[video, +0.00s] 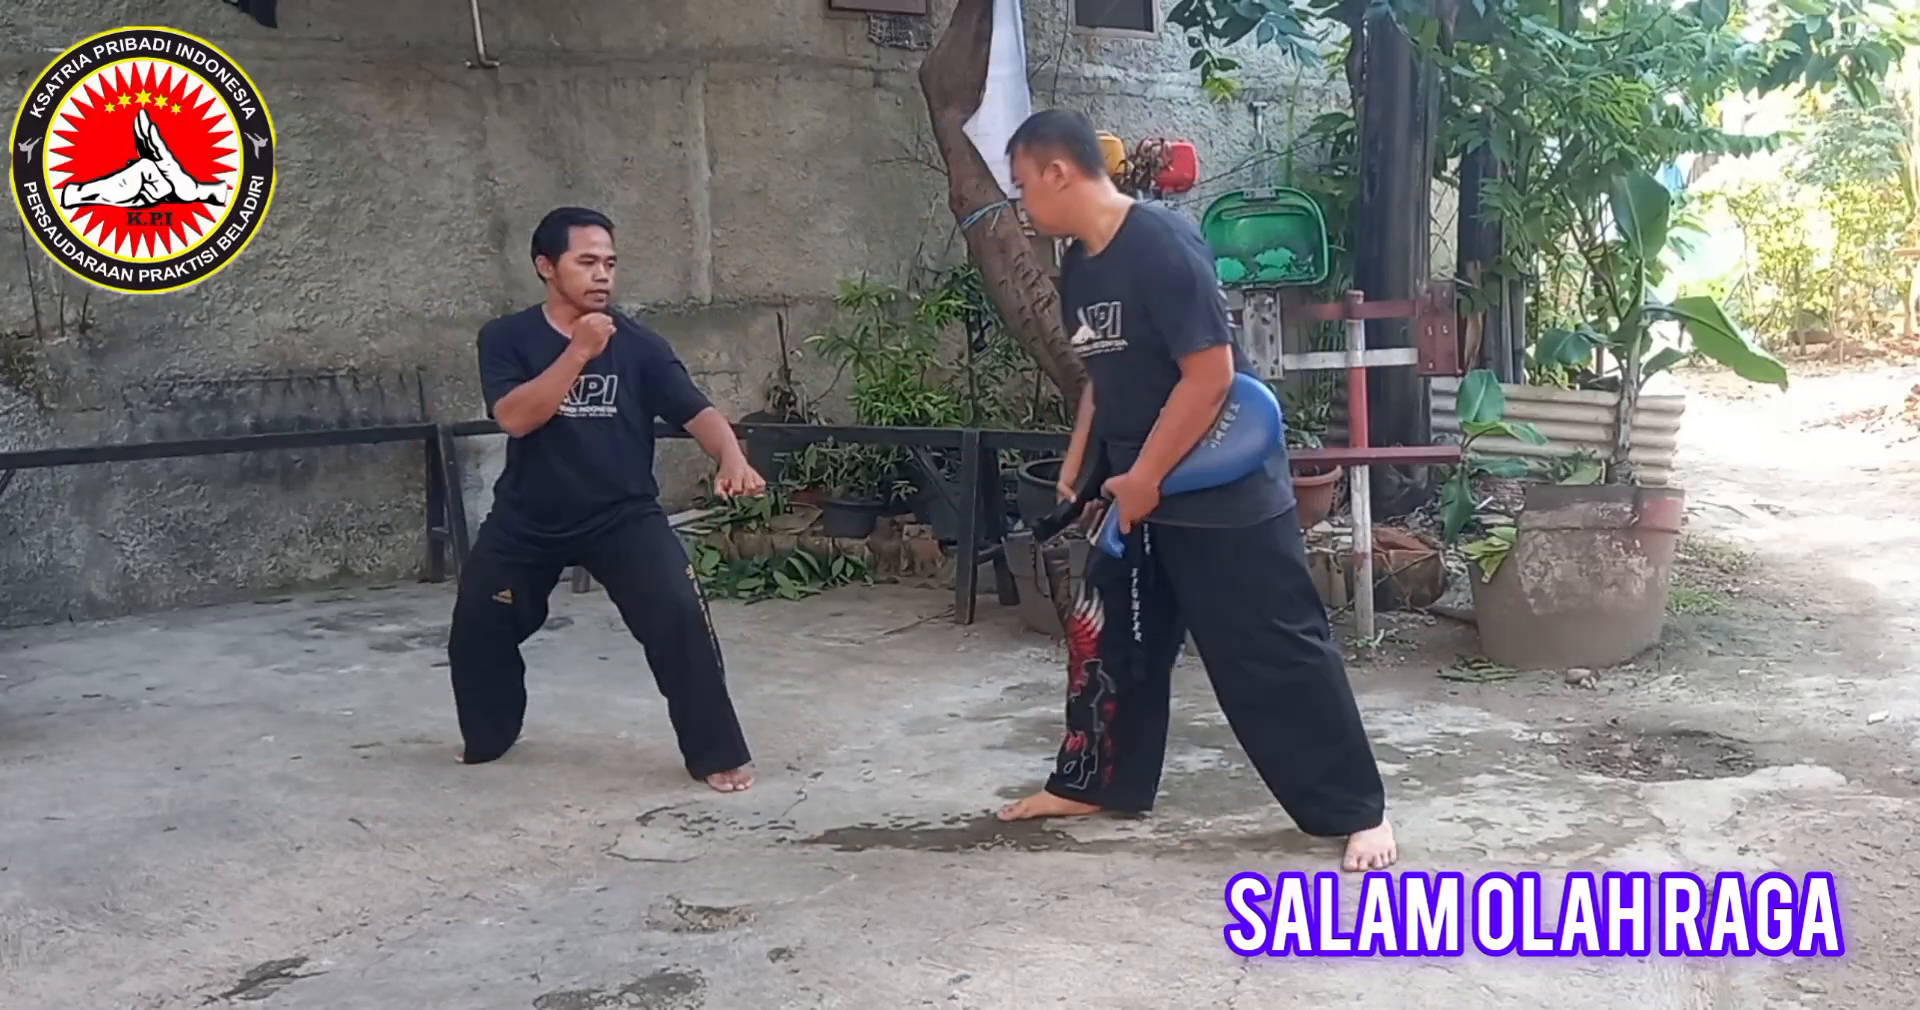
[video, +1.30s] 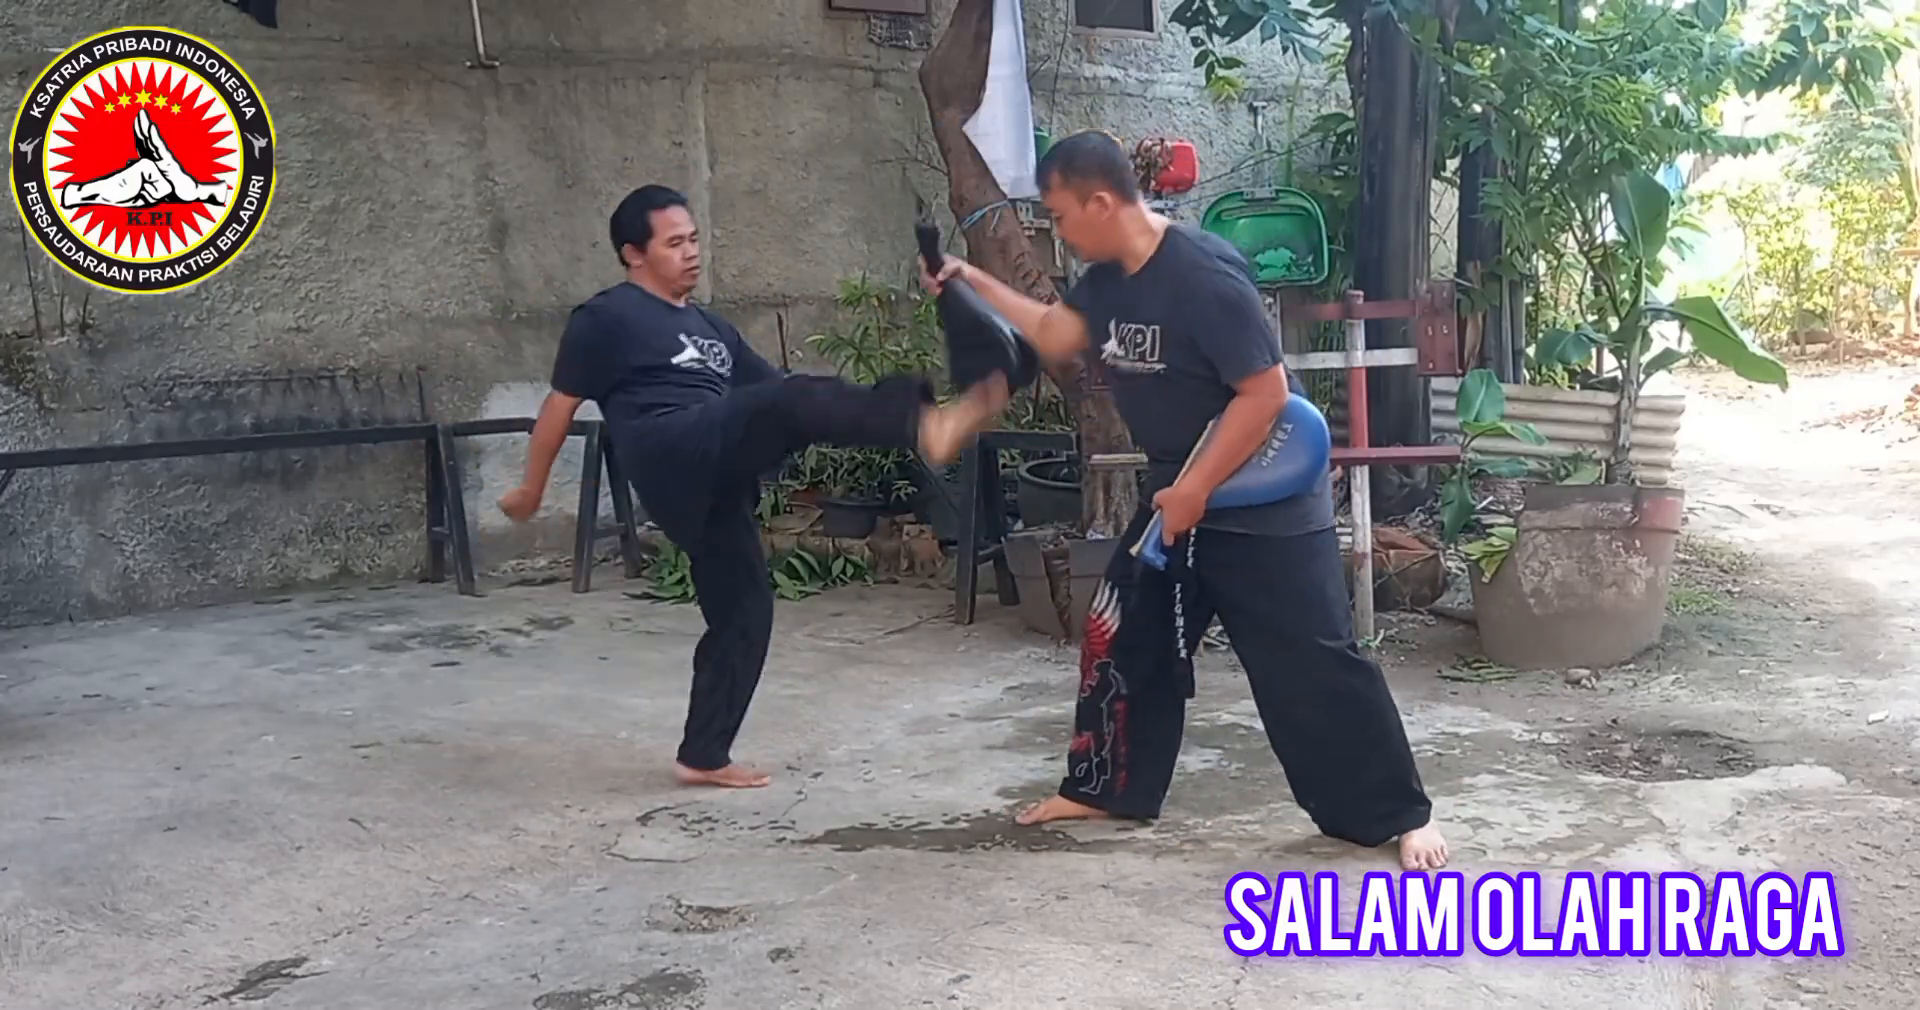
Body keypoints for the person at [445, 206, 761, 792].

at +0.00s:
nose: (604, 273)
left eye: (610, 262)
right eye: (588, 262)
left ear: (616, 267)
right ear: (546, 268)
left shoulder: (639, 345)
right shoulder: (506, 337)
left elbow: (693, 410)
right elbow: (514, 418)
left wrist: (731, 456)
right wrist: (578, 352)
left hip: (624, 515)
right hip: (528, 517)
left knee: (677, 612)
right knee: (477, 625)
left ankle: (717, 754)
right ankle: (488, 736)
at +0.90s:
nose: (613, 266)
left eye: (619, 257)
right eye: (598, 255)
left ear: (627, 263)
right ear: (558, 262)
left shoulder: (651, 338)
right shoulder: (520, 332)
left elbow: (721, 386)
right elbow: (538, 391)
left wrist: (762, 375)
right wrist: (601, 321)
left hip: (646, 516)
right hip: (549, 520)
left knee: (707, 613)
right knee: (492, 636)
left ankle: (728, 759)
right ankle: (491, 747)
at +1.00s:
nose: (630, 257)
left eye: (632, 249)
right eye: (612, 250)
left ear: (640, 261)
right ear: (574, 271)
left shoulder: (675, 341)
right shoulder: (559, 340)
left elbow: (746, 394)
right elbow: (605, 383)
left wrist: (735, 343)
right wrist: (627, 301)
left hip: (677, 523)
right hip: (583, 528)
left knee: (732, 616)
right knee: (530, 639)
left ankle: (731, 759)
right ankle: (484, 742)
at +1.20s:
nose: (669, 248)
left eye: (670, 236)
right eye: (652, 240)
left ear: (676, 235)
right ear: (612, 250)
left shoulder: (694, 308)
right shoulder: (591, 310)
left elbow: (755, 370)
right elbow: (546, 408)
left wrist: (814, 357)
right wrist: (510, 493)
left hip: (713, 448)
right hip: (658, 443)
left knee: (731, 594)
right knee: (765, 427)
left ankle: (709, 749)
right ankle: (887, 485)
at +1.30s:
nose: (692, 253)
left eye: (693, 240)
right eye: (676, 243)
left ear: (696, 245)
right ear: (635, 255)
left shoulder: (710, 325)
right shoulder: (604, 318)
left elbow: (772, 388)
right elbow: (556, 410)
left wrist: (836, 400)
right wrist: (531, 488)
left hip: (715, 472)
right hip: (660, 458)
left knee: (744, 609)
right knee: (788, 400)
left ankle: (702, 757)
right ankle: (926, 425)